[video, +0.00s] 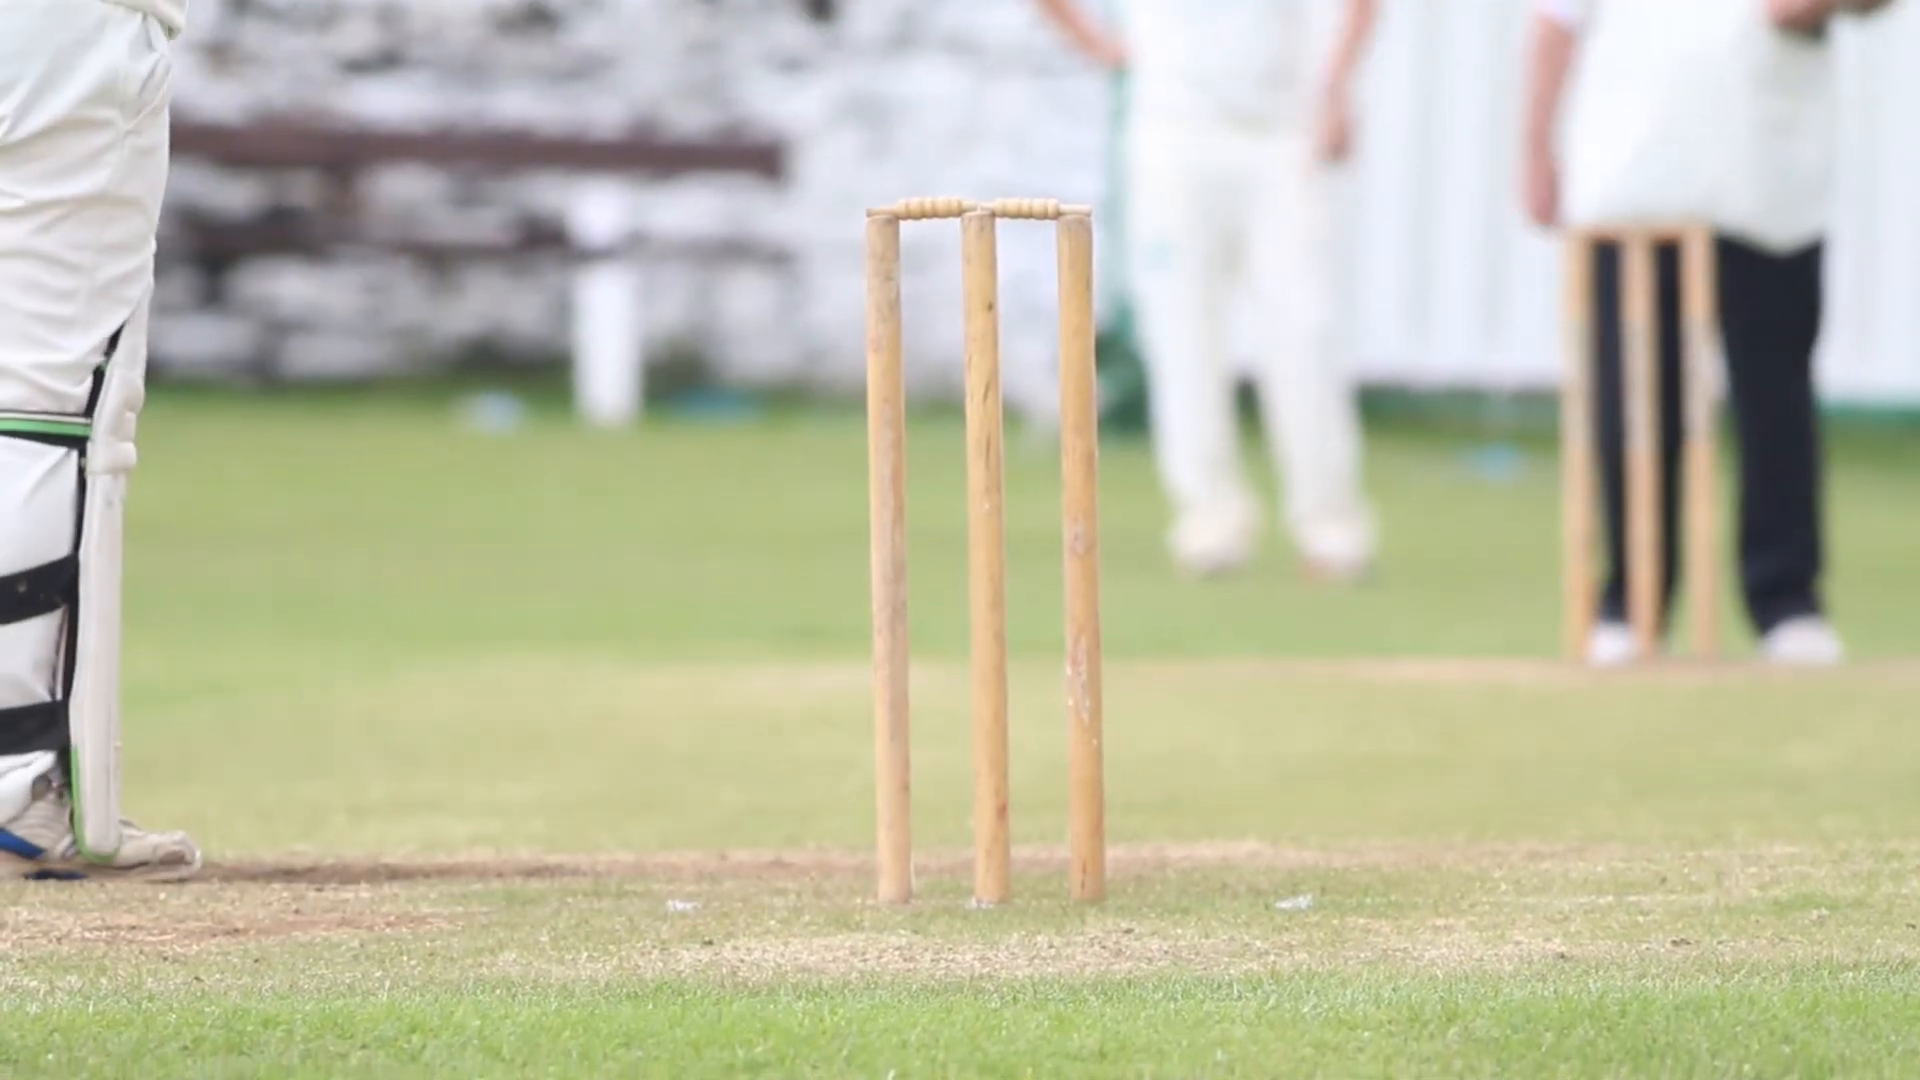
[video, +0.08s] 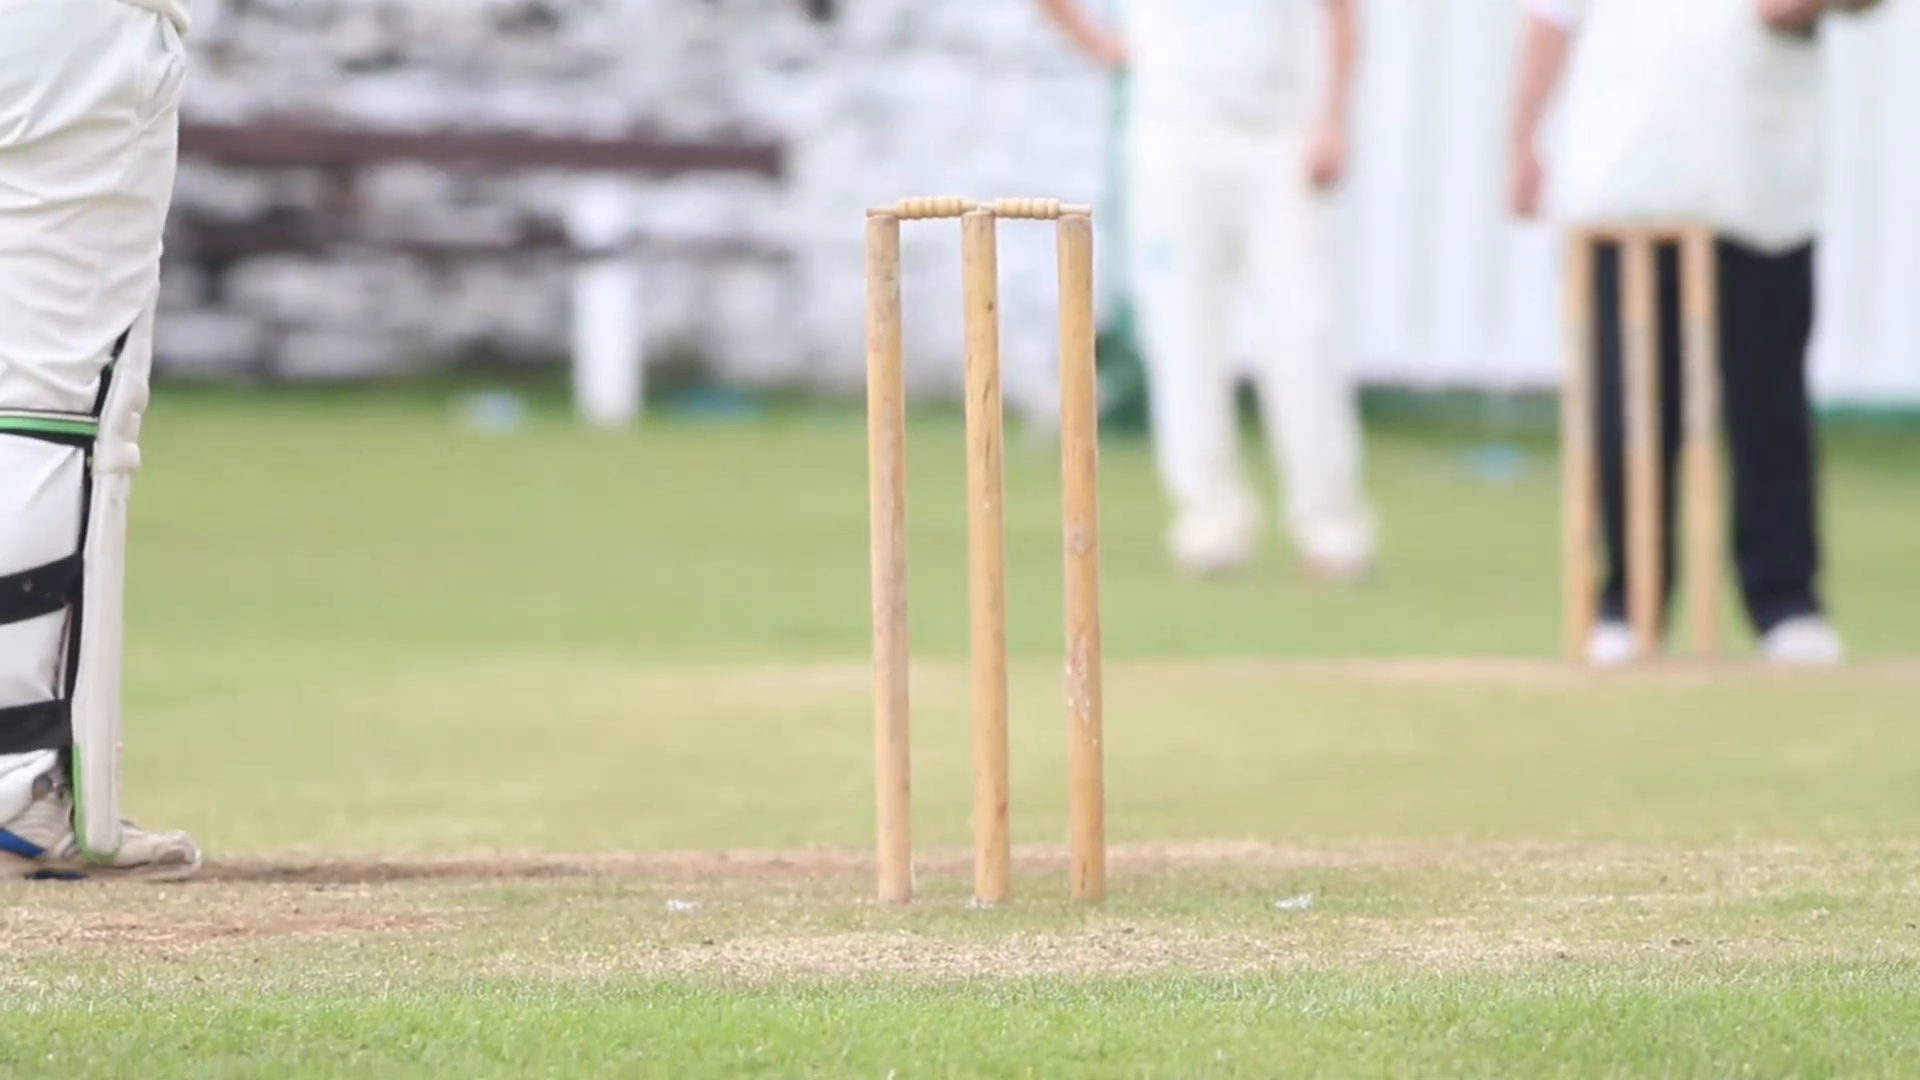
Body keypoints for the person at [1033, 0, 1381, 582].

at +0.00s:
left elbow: (1364, 5)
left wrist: (1334, 89)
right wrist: (1101, 44)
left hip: (1290, 115)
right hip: (1172, 110)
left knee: (1304, 325)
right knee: (1179, 326)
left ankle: (1330, 522)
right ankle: (1210, 518)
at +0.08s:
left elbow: (1342, 12)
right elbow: (1046, 4)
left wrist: (1330, 123)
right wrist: (1099, 41)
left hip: (1285, 126)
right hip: (1171, 121)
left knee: (1303, 326)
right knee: (1179, 327)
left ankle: (1329, 520)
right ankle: (1210, 515)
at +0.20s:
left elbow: (1322, 20)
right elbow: (1047, 4)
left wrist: (1316, 149)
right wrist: (1102, 44)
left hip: (1274, 128)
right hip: (1169, 126)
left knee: (1303, 328)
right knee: (1180, 329)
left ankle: (1330, 521)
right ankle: (1210, 516)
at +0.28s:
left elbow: (1319, 27)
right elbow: (1048, 4)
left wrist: (1319, 155)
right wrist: (1102, 44)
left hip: (1278, 128)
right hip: (1170, 127)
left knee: (1303, 327)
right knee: (1181, 329)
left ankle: (1330, 520)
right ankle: (1210, 515)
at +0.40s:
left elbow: (1350, 21)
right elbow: (1048, 5)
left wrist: (1320, 131)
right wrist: (1103, 44)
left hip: (1281, 123)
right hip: (1170, 122)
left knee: (1300, 331)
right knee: (1180, 332)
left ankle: (1331, 520)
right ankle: (1211, 517)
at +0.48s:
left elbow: (1366, 21)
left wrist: (1326, 97)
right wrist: (1096, 39)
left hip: (1287, 117)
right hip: (1169, 114)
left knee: (1299, 326)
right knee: (1178, 328)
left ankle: (1330, 521)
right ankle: (1210, 516)